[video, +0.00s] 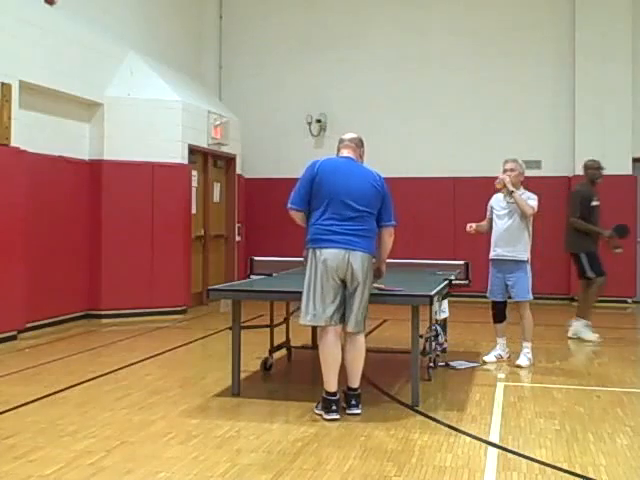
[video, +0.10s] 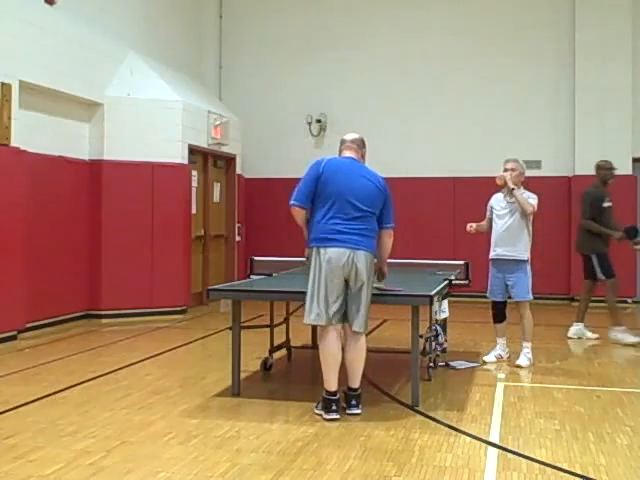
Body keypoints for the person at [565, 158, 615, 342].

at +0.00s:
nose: (599, 172)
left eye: (600, 169)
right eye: (595, 169)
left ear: (598, 172)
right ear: (586, 171)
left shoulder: (592, 192)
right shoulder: (579, 191)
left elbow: (591, 221)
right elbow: (573, 220)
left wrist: (607, 236)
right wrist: (601, 232)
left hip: (587, 244)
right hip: (579, 244)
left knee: (587, 283)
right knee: (598, 279)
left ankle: (579, 323)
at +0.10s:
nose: (610, 173)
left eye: (611, 170)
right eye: (607, 170)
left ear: (612, 172)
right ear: (597, 172)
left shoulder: (605, 194)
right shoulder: (591, 193)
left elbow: (608, 220)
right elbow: (585, 222)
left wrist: (624, 232)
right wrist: (611, 233)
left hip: (596, 245)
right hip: (591, 246)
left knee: (590, 283)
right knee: (611, 281)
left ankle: (577, 325)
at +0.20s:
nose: (622, 175)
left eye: (623, 172)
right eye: (618, 172)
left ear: (624, 174)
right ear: (609, 174)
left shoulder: (617, 195)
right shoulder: (602, 195)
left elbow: (624, 219)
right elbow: (596, 225)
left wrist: (635, 231)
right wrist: (622, 236)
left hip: (609, 248)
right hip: (603, 249)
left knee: (597, 287)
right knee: (623, 286)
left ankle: (579, 325)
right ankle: (636, 328)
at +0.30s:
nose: (634, 177)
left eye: (636, 173)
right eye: (631, 173)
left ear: (637, 176)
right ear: (623, 175)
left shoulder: (630, 196)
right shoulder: (617, 196)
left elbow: (629, 223)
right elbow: (610, 227)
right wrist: (633, 239)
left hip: (624, 249)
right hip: (619, 250)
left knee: (616, 289)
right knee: (637, 286)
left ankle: (588, 318)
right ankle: (637, 331)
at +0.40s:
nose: (637, 175)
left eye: (638, 172)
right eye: (636, 172)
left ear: (637, 174)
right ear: (633, 173)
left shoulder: (631, 197)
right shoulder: (628, 197)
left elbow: (623, 225)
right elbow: (622, 225)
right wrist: (638, 235)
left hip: (633, 250)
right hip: (630, 250)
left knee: (636, 289)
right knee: (636, 288)